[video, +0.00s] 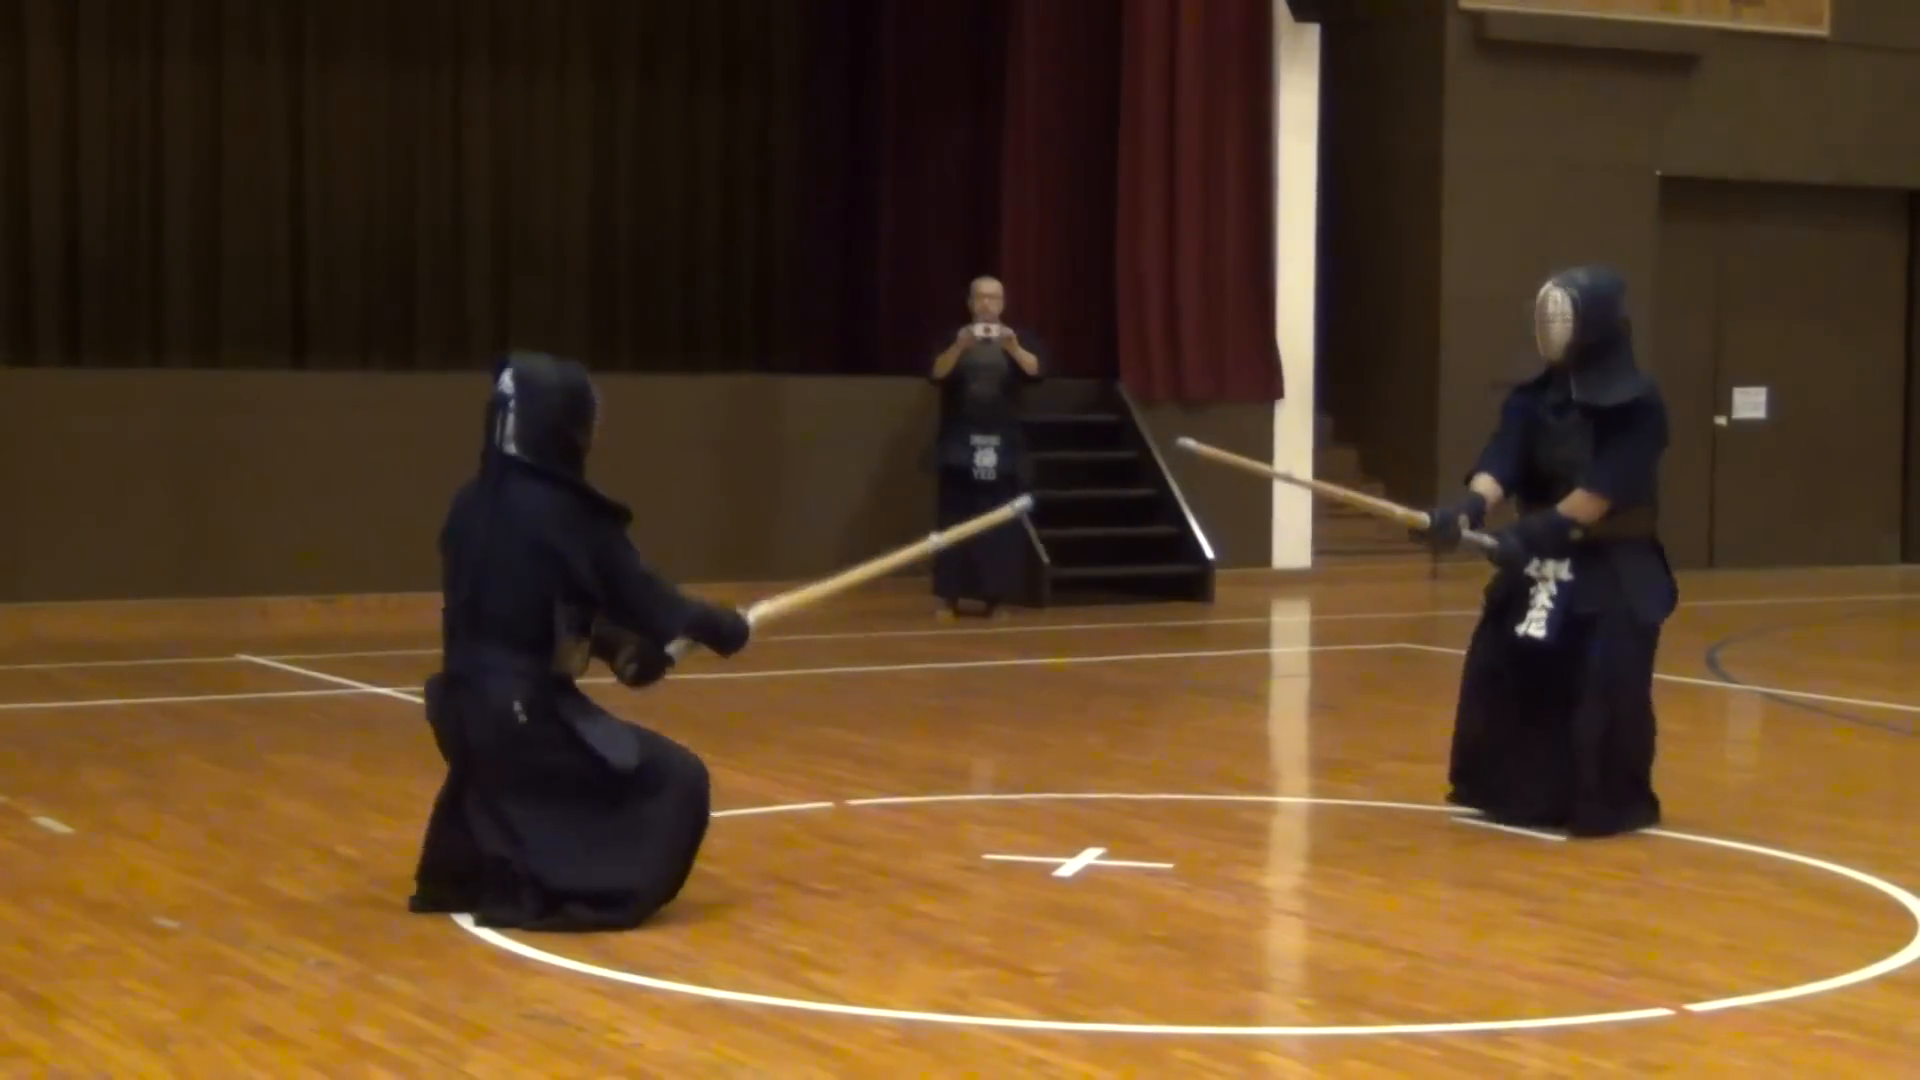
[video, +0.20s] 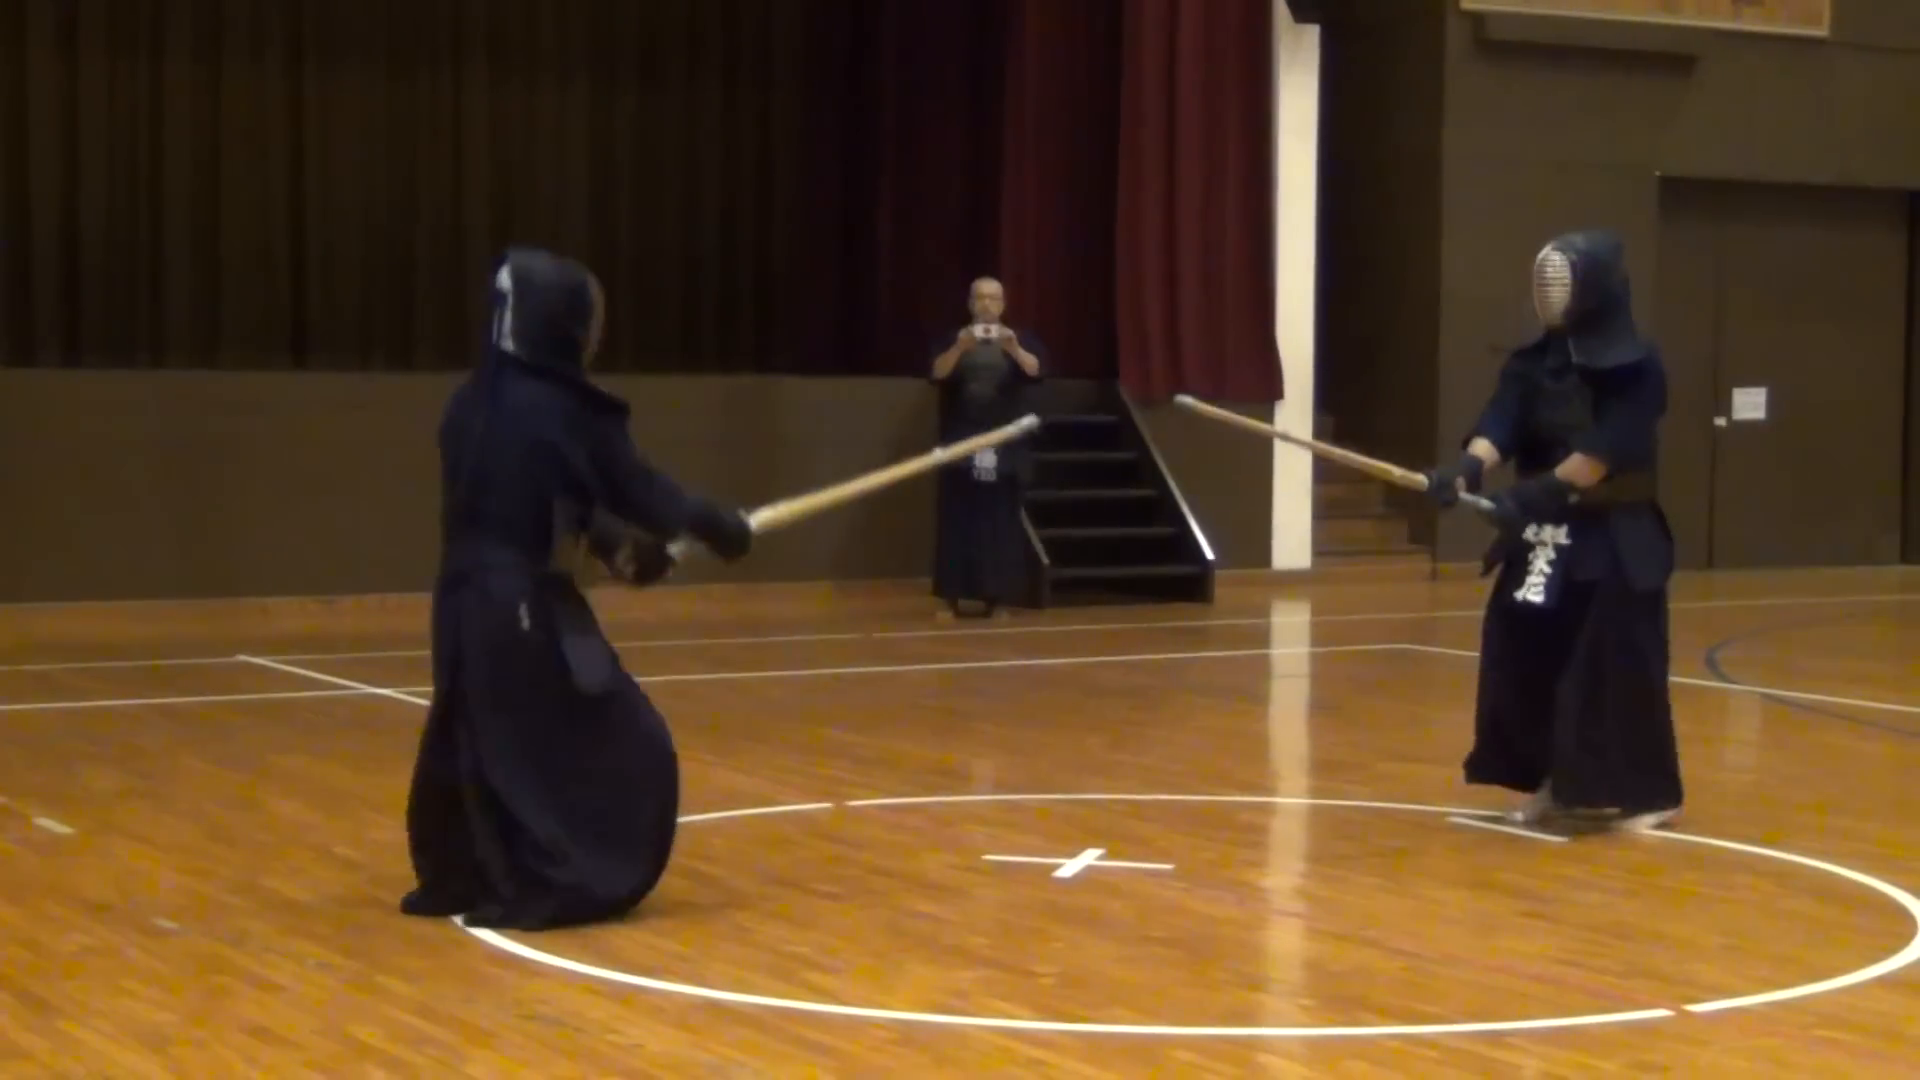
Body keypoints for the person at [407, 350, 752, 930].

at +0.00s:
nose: (591, 433)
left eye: (588, 419)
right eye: (584, 420)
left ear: (507, 422)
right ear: (564, 428)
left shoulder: (471, 505)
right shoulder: (572, 514)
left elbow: (523, 599)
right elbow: (646, 602)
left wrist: (611, 639)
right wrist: (723, 627)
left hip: (456, 707)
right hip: (527, 717)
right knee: (677, 777)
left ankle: (453, 876)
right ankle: (599, 890)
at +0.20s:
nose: (597, 332)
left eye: (595, 318)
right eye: (589, 320)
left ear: (514, 322)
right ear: (563, 327)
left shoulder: (472, 401)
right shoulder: (569, 411)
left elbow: (544, 495)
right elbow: (641, 491)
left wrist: (611, 540)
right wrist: (718, 525)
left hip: (461, 609)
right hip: (527, 614)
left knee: (473, 739)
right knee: (631, 737)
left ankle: (462, 878)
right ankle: (591, 877)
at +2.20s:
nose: (617, 265)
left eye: (617, 251)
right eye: (611, 251)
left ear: (533, 250)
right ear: (585, 255)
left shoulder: (486, 330)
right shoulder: (583, 335)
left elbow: (518, 448)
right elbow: (643, 423)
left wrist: (612, 479)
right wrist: (716, 452)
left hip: (492, 540)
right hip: (560, 544)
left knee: (468, 695)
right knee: (585, 709)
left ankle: (402, 860)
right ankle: (585, 888)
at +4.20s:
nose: (525, 263)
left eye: (523, 249)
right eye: (518, 250)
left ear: (446, 253)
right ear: (496, 258)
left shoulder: (408, 328)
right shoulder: (503, 337)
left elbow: (407, 439)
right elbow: (571, 425)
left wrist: (519, 471)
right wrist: (644, 455)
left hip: (409, 541)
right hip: (479, 545)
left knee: (382, 694)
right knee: (507, 709)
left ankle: (331, 861)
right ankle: (525, 884)